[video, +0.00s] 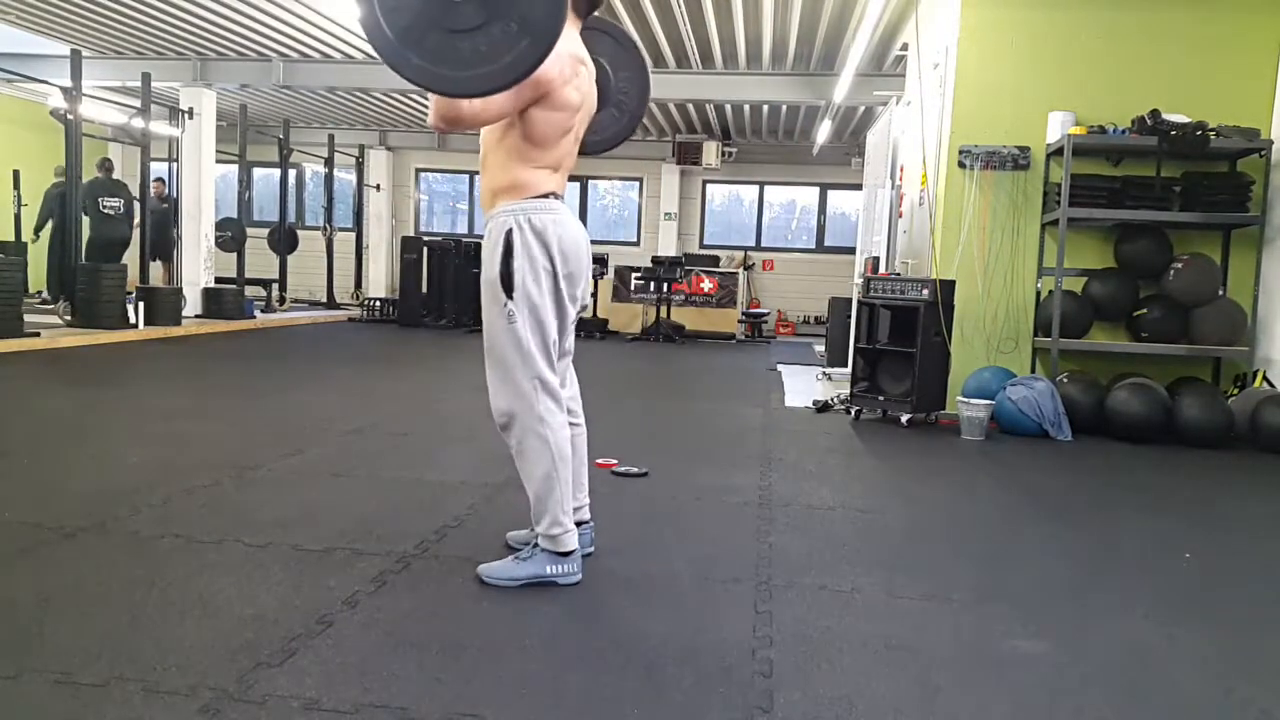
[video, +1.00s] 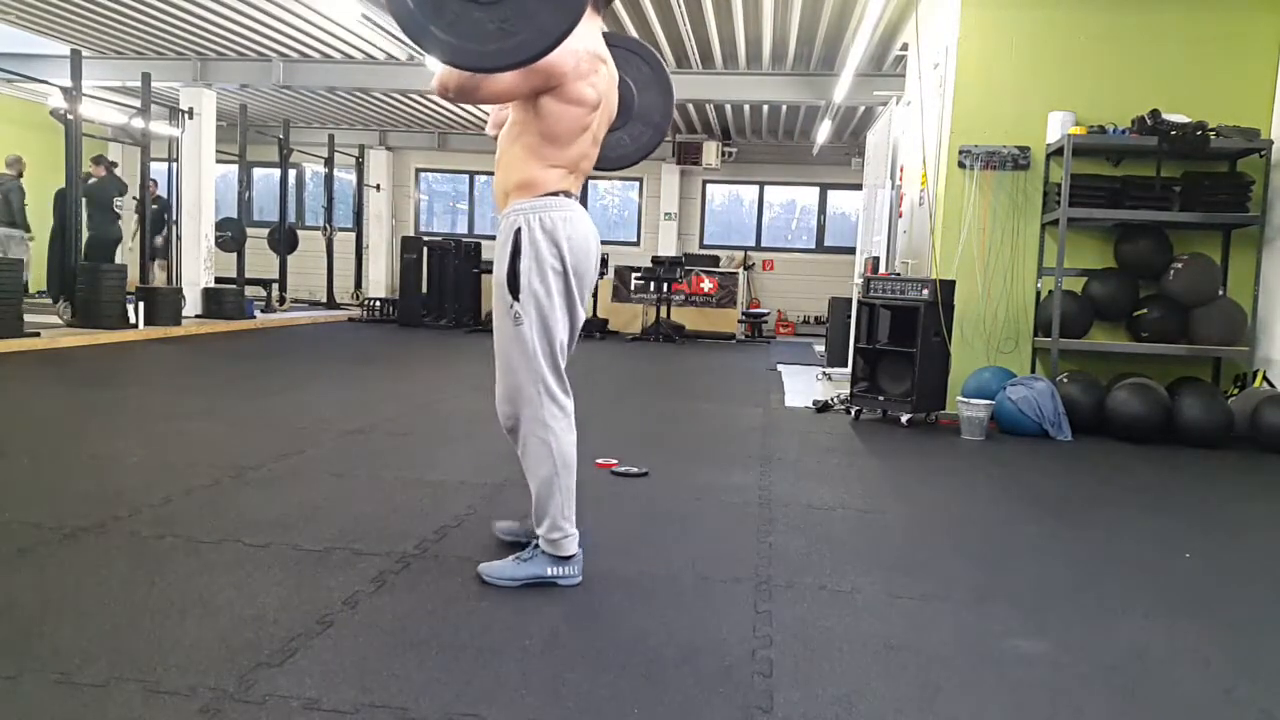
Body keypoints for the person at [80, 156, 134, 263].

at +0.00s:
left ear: (98, 169)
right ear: (112, 170)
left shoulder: (89, 186)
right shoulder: (123, 186)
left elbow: (84, 209)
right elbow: (130, 213)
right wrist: (129, 232)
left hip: (100, 234)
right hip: (122, 235)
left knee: (91, 270)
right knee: (111, 270)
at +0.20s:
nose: (98, 171)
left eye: (98, 169)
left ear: (99, 170)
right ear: (113, 170)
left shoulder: (94, 184)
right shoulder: (124, 187)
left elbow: (78, 192)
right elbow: (131, 213)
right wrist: (129, 233)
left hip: (101, 235)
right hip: (123, 235)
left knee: (91, 270)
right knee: (112, 269)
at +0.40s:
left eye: (100, 169)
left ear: (99, 169)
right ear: (114, 168)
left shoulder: (96, 184)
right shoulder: (124, 186)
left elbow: (78, 191)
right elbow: (132, 213)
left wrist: (95, 178)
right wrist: (130, 232)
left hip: (101, 234)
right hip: (123, 235)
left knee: (91, 269)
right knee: (112, 269)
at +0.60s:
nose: (96, 172)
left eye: (97, 168)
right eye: (97, 168)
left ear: (101, 169)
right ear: (113, 169)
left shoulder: (98, 184)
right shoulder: (126, 186)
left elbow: (78, 190)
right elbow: (130, 214)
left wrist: (93, 176)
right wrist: (126, 231)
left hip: (101, 235)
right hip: (122, 236)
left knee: (87, 267)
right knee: (111, 270)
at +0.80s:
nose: (93, 171)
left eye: (95, 168)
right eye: (94, 168)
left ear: (104, 169)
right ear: (108, 168)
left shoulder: (97, 186)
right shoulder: (123, 185)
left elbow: (82, 191)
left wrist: (89, 177)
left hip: (102, 233)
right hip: (120, 233)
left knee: (88, 267)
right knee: (110, 268)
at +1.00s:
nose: (90, 170)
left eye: (92, 167)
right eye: (90, 167)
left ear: (102, 167)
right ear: (103, 167)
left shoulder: (94, 187)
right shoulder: (115, 183)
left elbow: (79, 191)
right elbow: (124, 189)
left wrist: (86, 177)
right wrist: (111, 173)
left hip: (99, 233)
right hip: (114, 232)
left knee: (90, 268)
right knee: (108, 268)